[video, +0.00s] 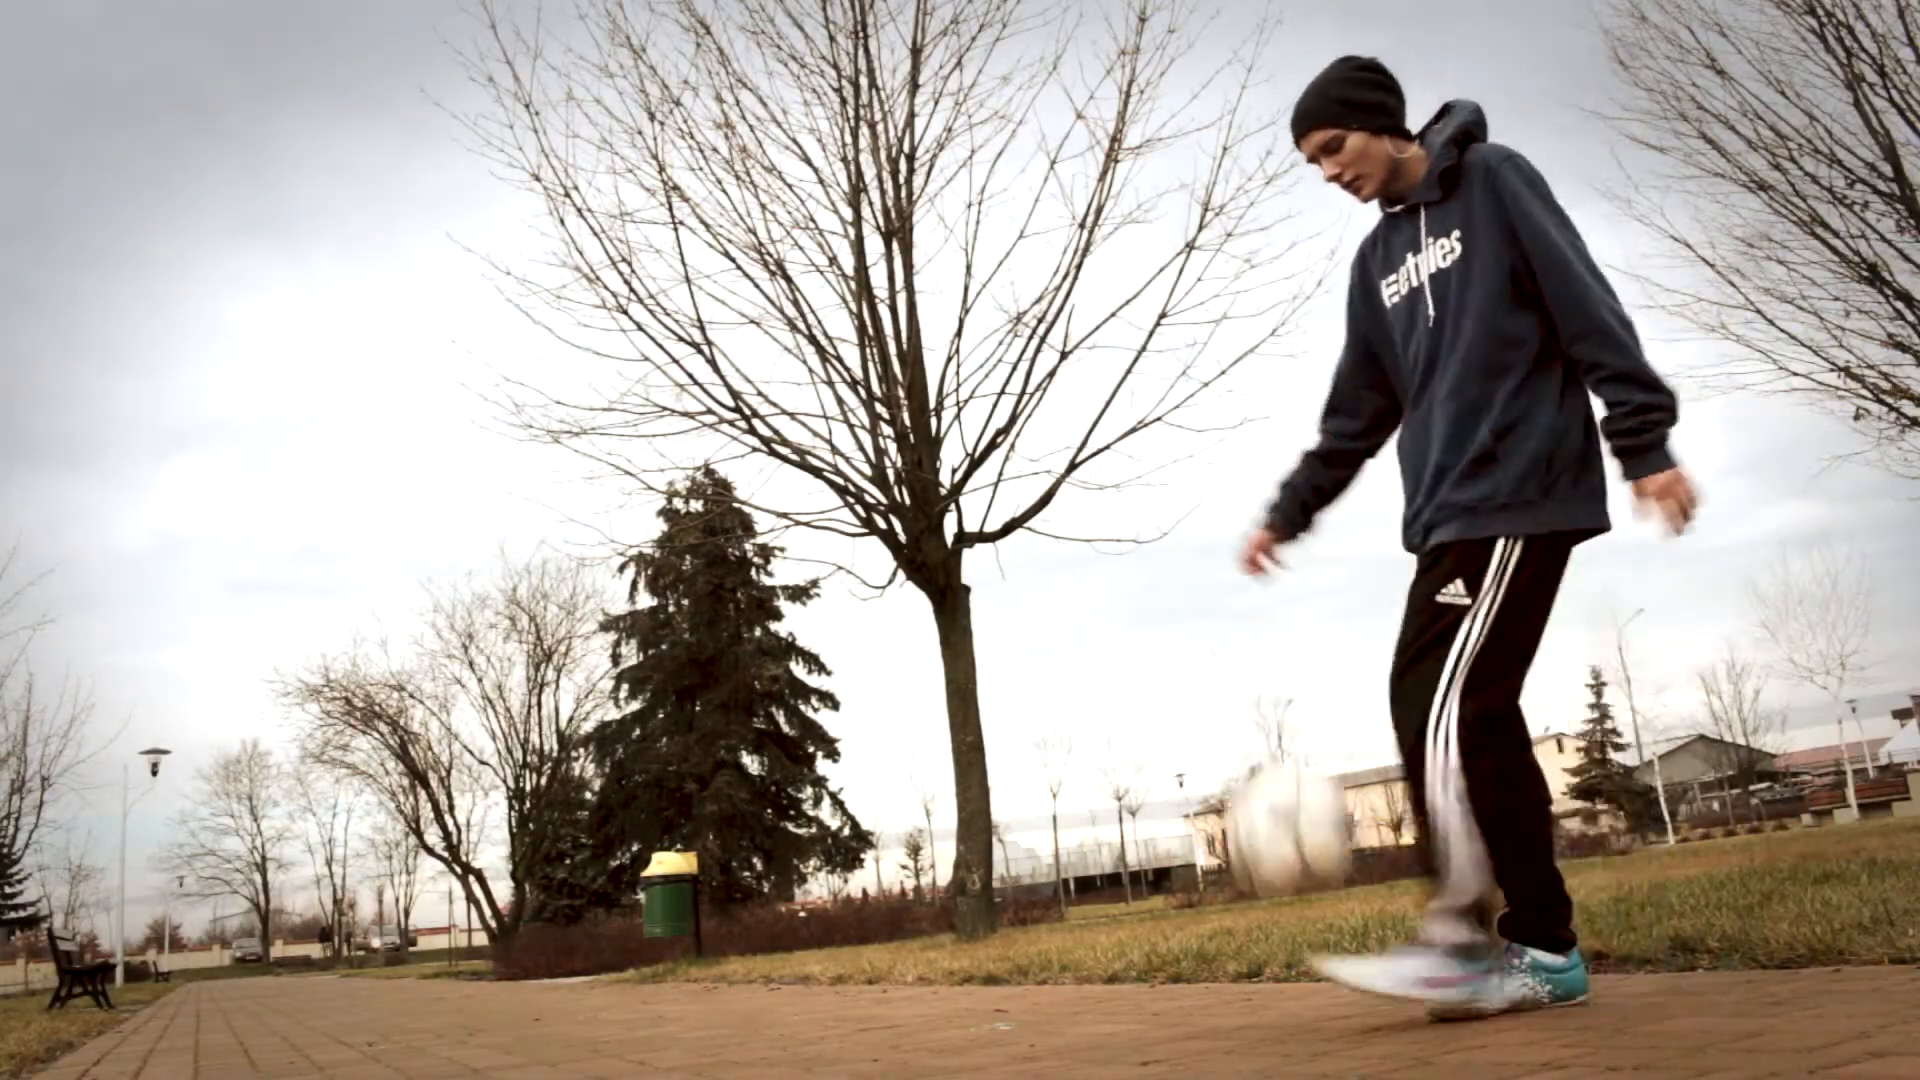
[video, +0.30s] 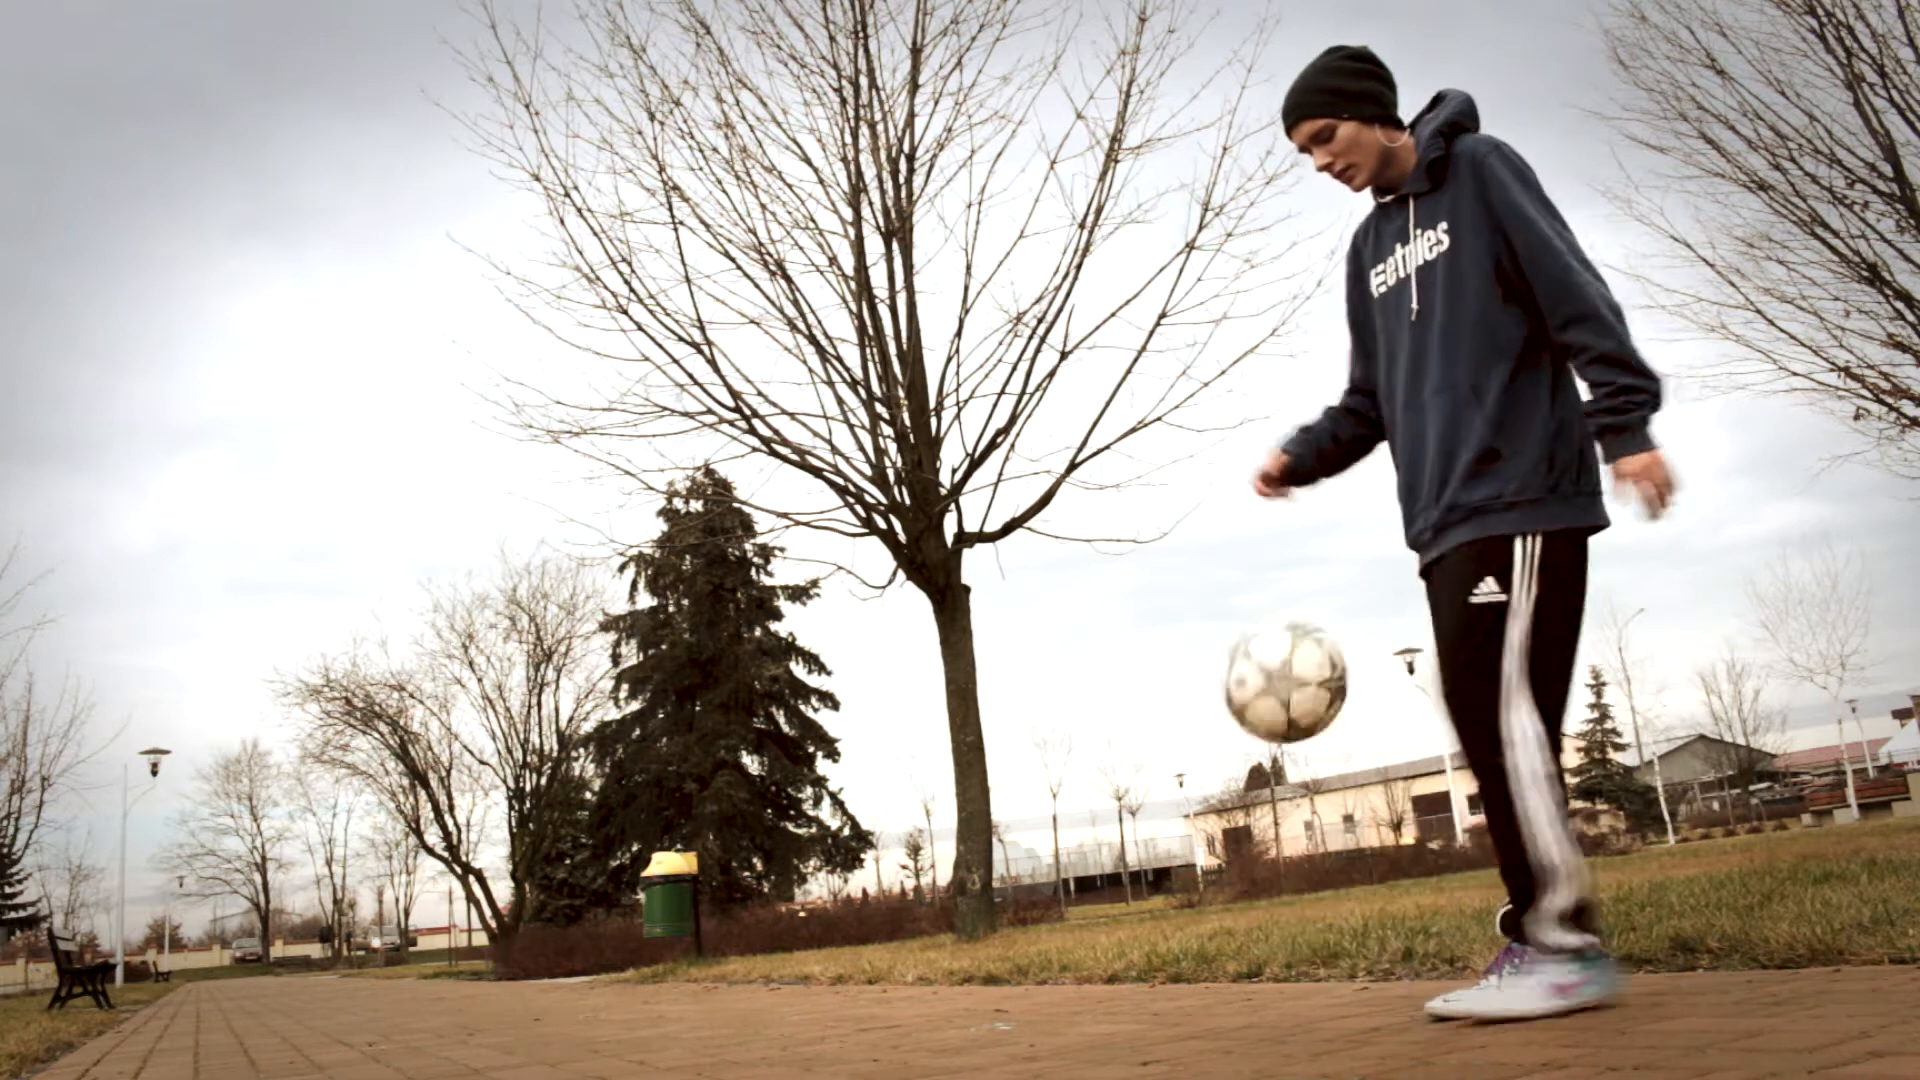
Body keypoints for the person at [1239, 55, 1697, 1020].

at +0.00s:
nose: (1333, 171)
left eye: (1337, 147)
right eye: (1318, 162)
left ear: (1387, 119)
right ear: (1328, 164)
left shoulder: (1490, 178)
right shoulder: (1377, 257)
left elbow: (1584, 301)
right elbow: (1360, 404)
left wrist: (1645, 445)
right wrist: (1286, 512)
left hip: (1525, 491)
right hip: (1449, 510)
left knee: (1429, 695)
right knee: (1479, 716)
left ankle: (1467, 930)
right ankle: (1546, 949)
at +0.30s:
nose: (1324, 161)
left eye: (1327, 136)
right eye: (1310, 151)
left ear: (1377, 107)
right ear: (1322, 153)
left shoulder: (1476, 167)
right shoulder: (1368, 247)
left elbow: (1572, 288)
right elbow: (1374, 398)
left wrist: (1624, 424)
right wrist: (1300, 456)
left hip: (1525, 491)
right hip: (1445, 512)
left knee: (1509, 713)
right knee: (1482, 726)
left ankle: (1566, 948)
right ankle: (1536, 945)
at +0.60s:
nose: (1314, 169)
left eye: (1316, 145)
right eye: (1301, 158)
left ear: (1364, 115)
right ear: (1325, 149)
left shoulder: (1466, 168)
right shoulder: (1380, 234)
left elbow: (1532, 320)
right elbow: (1429, 371)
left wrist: (1480, 446)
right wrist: (1435, 487)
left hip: (1546, 500)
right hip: (1458, 518)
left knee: (1563, 721)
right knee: (1443, 723)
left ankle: (1606, 949)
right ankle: (1450, 937)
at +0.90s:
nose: (1303, 179)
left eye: (1303, 156)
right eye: (1290, 168)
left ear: (1347, 123)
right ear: (1318, 154)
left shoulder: (1450, 163)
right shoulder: (1374, 237)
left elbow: (1544, 307)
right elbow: (1416, 386)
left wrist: (1543, 450)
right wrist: (1425, 518)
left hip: (1529, 494)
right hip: (1461, 516)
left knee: (1544, 714)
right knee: (1500, 724)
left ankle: (1600, 948)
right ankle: (1559, 942)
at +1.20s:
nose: (1284, 192)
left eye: (1284, 168)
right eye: (1270, 180)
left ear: (1326, 133)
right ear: (1286, 171)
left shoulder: (1439, 173)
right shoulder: (1352, 259)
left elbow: (1562, 287)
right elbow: (1386, 412)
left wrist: (1629, 420)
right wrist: (1345, 497)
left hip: (1541, 484)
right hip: (1474, 510)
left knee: (1476, 697)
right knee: (1530, 716)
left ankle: (1463, 937)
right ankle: (1574, 947)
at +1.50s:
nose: (1268, 222)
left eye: (1268, 200)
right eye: (1254, 211)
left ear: (1310, 164)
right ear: (1276, 190)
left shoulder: (1428, 192)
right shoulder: (1347, 268)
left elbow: (1576, 289)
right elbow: (1386, 391)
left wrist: (1571, 432)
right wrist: (1297, 481)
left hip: (1565, 495)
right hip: (1483, 521)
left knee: (1550, 709)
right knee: (1466, 701)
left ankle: (1609, 955)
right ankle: (1533, 930)